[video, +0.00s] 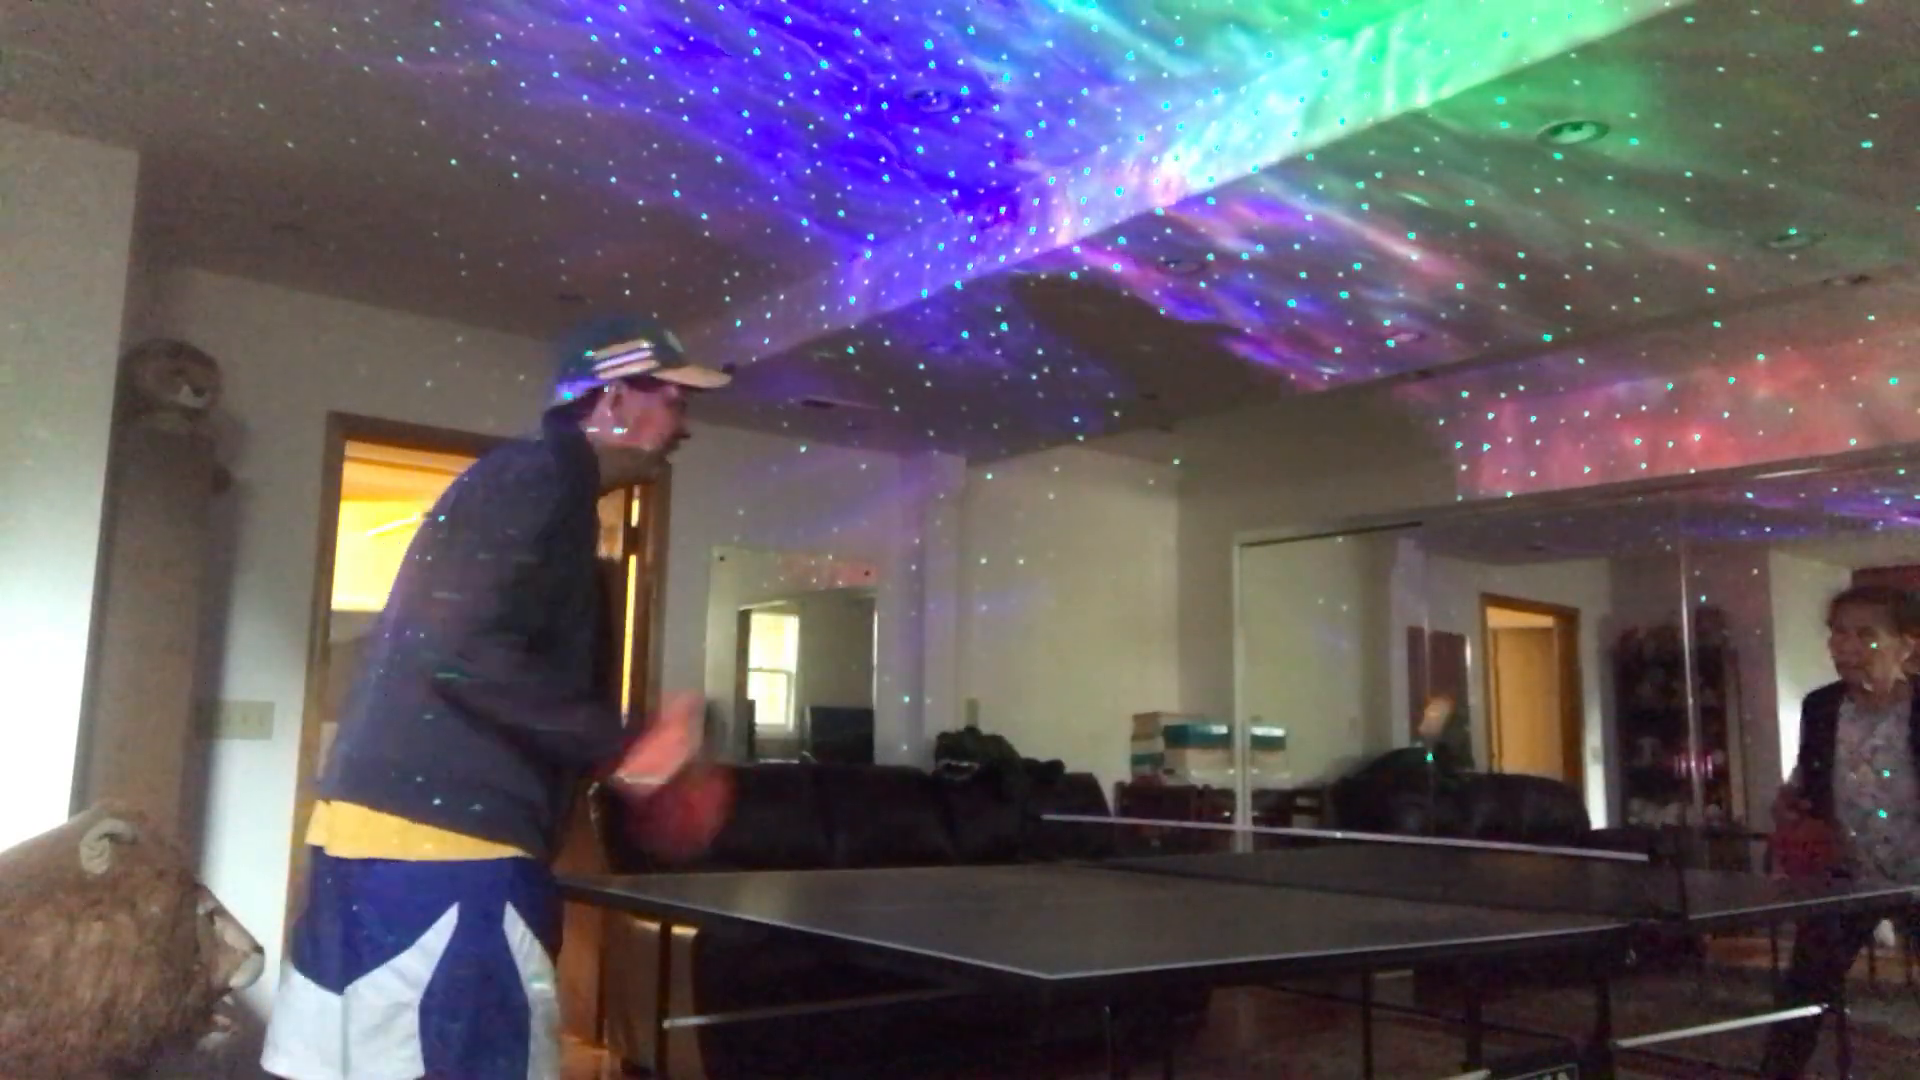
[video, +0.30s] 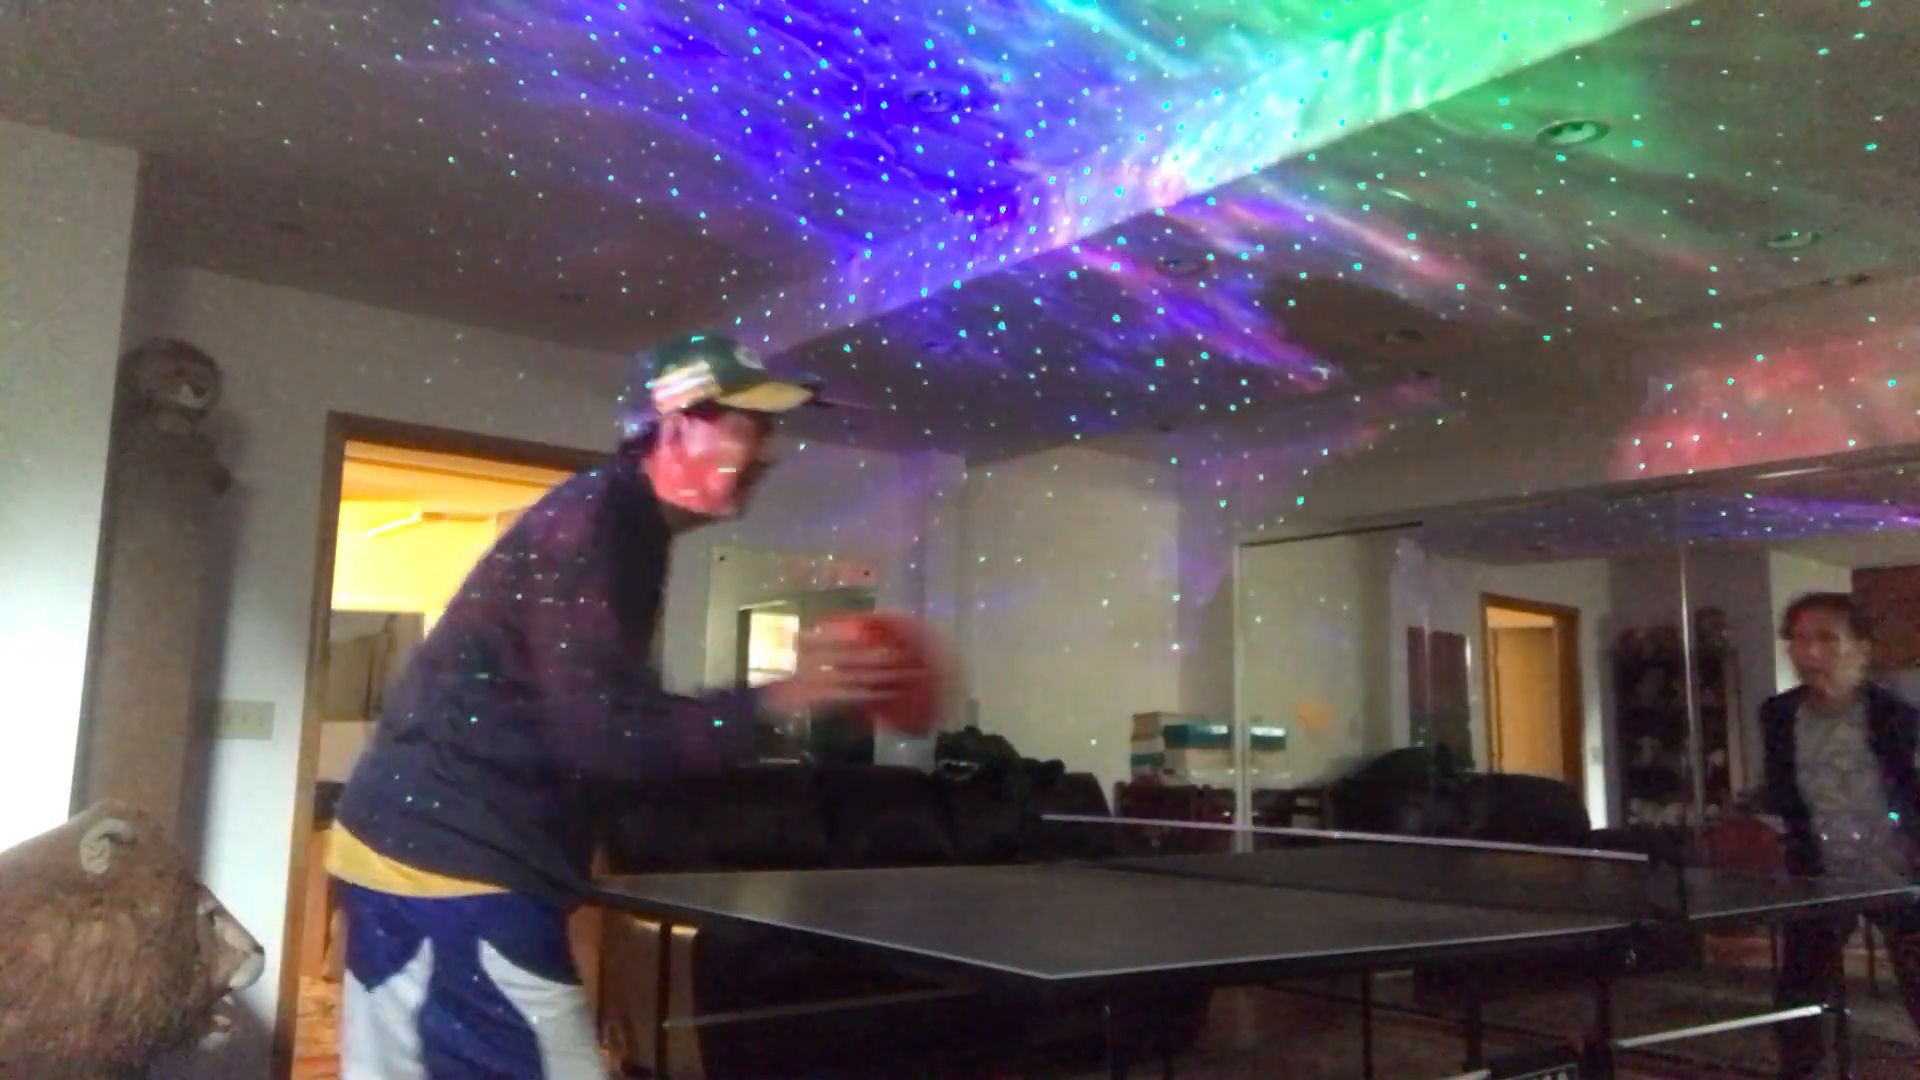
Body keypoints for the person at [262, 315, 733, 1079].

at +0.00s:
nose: (684, 427)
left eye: (684, 404)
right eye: (674, 400)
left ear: (606, 400)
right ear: (615, 399)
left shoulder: (520, 477)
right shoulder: (540, 474)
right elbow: (458, 642)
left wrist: (638, 789)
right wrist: (616, 741)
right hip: (443, 842)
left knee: (349, 1061)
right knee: (469, 1060)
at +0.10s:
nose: (704, 432)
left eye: (704, 408)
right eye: (692, 404)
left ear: (633, 406)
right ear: (633, 403)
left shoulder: (577, 509)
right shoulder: (548, 480)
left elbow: (551, 700)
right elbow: (427, 654)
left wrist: (627, 797)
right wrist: (579, 756)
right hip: (442, 863)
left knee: (364, 1067)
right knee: (501, 1064)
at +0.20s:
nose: (723, 441)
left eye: (730, 419)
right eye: (701, 412)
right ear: (641, 414)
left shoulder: (598, 514)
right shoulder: (571, 491)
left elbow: (540, 701)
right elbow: (483, 695)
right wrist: (650, 702)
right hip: (440, 869)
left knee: (392, 1067)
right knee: (524, 1063)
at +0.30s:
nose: (763, 452)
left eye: (767, 432)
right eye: (744, 427)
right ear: (677, 422)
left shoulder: (620, 526)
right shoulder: (595, 517)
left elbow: (617, 724)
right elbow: (599, 732)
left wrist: (791, 697)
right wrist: (778, 700)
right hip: (454, 869)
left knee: (397, 1070)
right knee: (553, 1065)